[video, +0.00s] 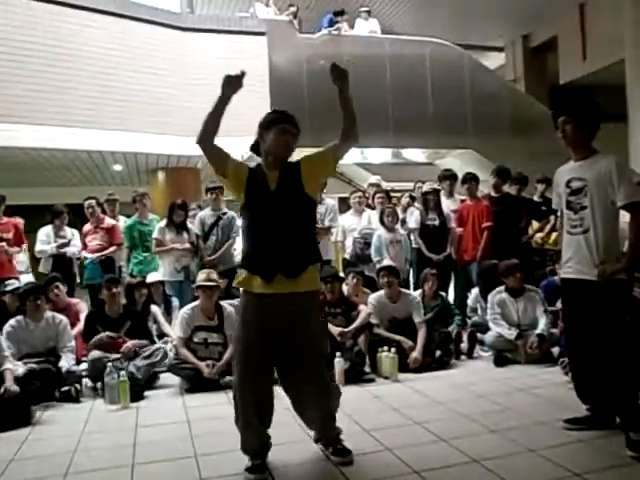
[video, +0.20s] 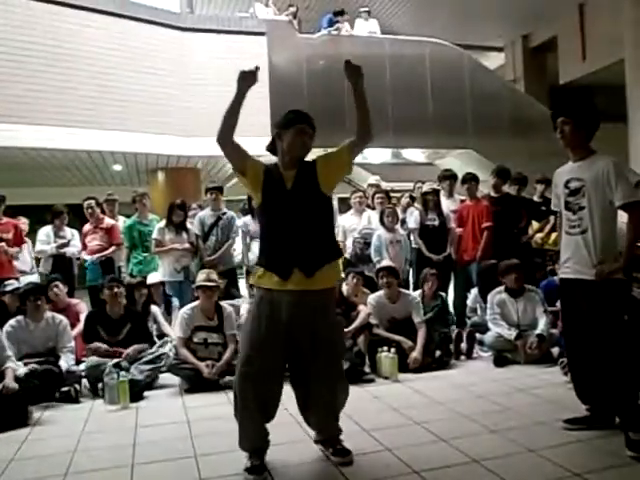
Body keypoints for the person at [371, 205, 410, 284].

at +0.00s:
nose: (390, 219)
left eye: (393, 216)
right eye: (387, 216)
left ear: (397, 218)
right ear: (382, 218)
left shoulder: (403, 234)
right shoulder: (379, 235)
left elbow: (408, 249)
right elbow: (374, 251)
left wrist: (407, 262)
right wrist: (379, 262)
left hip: (402, 269)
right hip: (386, 268)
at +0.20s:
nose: (390, 219)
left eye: (393, 216)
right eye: (387, 216)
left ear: (397, 218)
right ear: (382, 218)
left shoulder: (402, 234)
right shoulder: (379, 235)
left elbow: (407, 249)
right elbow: (375, 251)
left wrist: (406, 263)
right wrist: (379, 262)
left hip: (401, 269)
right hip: (386, 269)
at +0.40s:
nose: (391, 219)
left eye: (393, 216)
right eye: (388, 216)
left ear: (397, 218)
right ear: (383, 218)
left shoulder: (402, 233)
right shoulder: (379, 234)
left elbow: (407, 249)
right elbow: (375, 251)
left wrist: (407, 263)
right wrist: (379, 262)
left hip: (402, 268)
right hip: (386, 268)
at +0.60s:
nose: (391, 219)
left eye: (394, 216)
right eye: (388, 216)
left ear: (397, 218)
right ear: (383, 218)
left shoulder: (403, 234)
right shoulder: (380, 234)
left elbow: (408, 250)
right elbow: (376, 253)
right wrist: (382, 264)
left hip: (402, 269)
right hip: (387, 269)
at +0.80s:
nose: (391, 219)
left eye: (394, 216)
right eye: (388, 216)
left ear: (398, 218)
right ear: (383, 218)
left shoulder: (403, 234)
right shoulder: (380, 234)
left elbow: (408, 251)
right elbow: (376, 252)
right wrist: (381, 264)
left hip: (403, 270)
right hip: (387, 270)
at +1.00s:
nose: (392, 219)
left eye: (394, 216)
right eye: (389, 216)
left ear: (398, 218)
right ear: (383, 218)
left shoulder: (403, 234)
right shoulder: (380, 234)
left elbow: (409, 250)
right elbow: (376, 252)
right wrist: (382, 264)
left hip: (403, 269)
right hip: (387, 270)